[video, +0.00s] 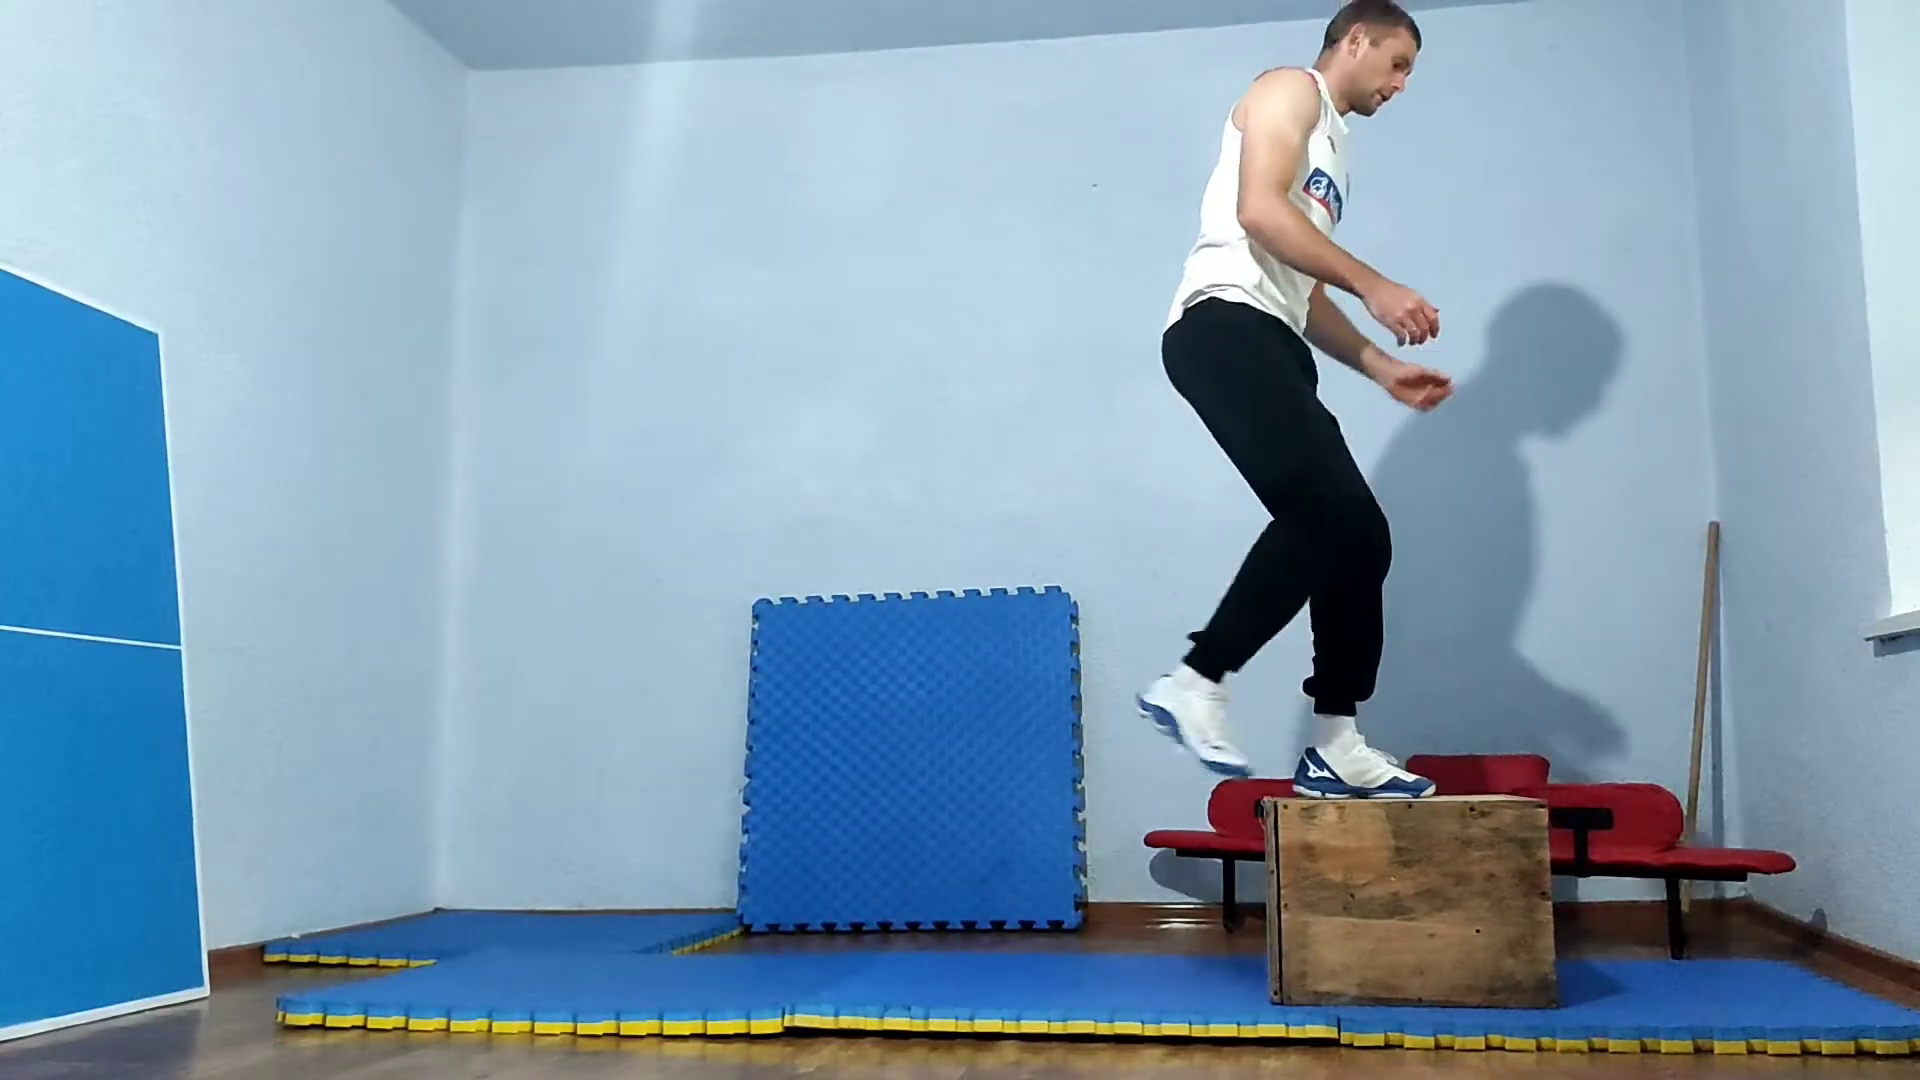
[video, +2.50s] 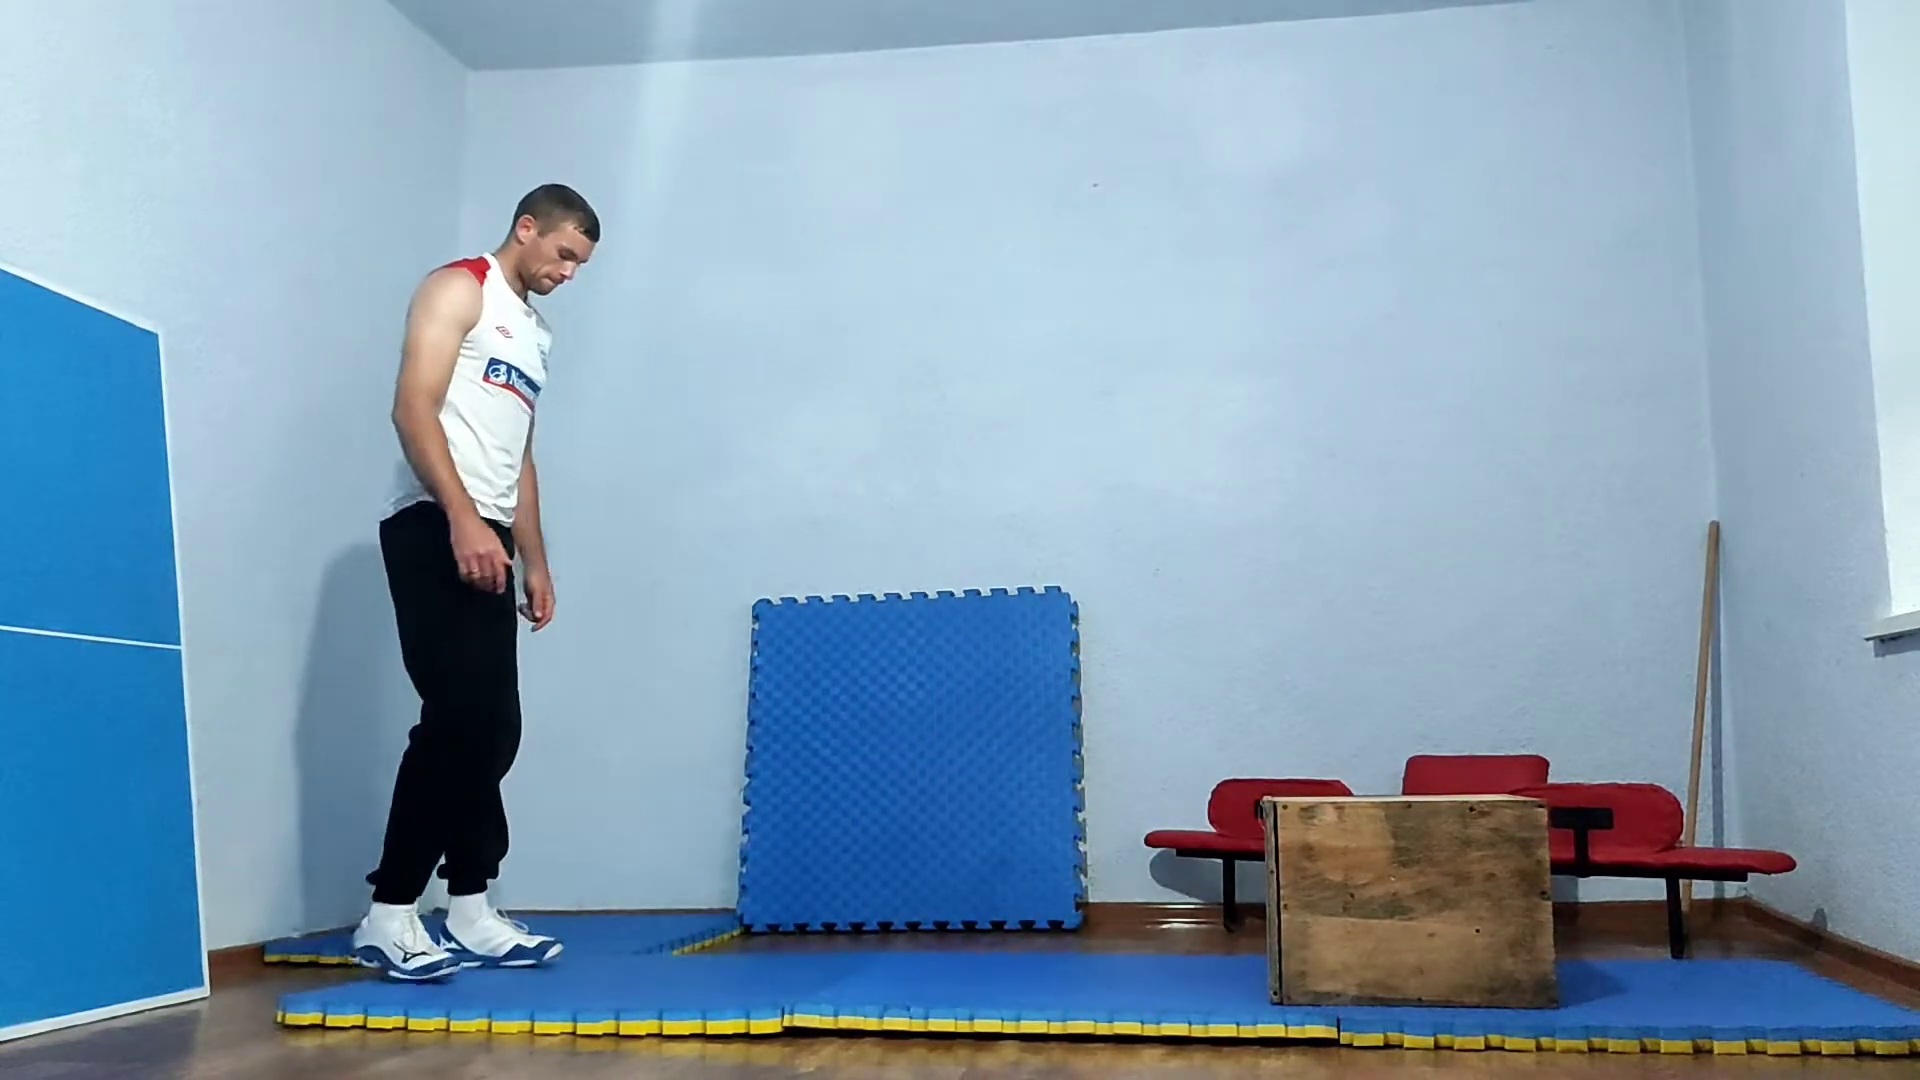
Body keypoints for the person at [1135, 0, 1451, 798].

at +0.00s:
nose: (1400, 85)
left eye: (1408, 73)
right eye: (1397, 64)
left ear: (1358, 49)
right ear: (1353, 41)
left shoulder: (1333, 152)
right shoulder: (1289, 90)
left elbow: (1306, 300)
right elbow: (1261, 209)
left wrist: (1382, 366)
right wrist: (1373, 285)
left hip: (1269, 343)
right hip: (1225, 322)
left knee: (1362, 536)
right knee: (1322, 512)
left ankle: (1334, 743)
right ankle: (1192, 685)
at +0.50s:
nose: (1167, 224)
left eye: (1174, 210)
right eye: (1164, 204)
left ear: (1129, 193)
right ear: (1116, 184)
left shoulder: (1091, 273)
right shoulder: (1058, 255)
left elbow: (1045, 416)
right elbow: (1075, 402)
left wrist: (989, 520)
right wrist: (1186, 491)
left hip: (1092, 507)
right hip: (1036, 513)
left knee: (1254, 541)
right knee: (1037, 715)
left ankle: (1327, 739)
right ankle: (949, 935)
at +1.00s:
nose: (921, 225)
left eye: (927, 213)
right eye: (914, 207)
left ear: (898, 212)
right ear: (864, 196)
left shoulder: (881, 304)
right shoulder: (814, 271)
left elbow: (911, 434)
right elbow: (739, 387)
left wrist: (995, 498)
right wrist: (751, 519)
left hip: (869, 522)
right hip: (837, 519)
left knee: (840, 719)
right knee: (915, 715)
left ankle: (707, 874)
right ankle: (943, 934)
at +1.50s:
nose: (735, 250)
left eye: (743, 241)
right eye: (728, 232)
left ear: (733, 242)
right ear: (684, 215)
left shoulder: (701, 318)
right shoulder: (629, 279)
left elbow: (667, 425)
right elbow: (581, 393)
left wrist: (685, 490)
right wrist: (661, 468)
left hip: (662, 527)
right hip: (619, 519)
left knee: (652, 724)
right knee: (635, 716)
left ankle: (646, 915)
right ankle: (510, 886)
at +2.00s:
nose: (596, 271)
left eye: (608, 261)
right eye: (593, 252)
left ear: (604, 258)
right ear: (554, 222)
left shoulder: (555, 313)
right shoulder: (478, 281)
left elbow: (503, 424)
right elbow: (410, 400)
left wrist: (511, 519)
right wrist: (456, 512)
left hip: (512, 538)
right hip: (440, 533)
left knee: (546, 715)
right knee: (417, 726)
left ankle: (539, 901)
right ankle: (384, 924)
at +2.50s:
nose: (568, 272)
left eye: (578, 262)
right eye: (562, 253)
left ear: (574, 261)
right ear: (524, 229)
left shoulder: (533, 328)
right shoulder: (456, 291)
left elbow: (519, 455)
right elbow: (414, 411)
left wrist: (535, 557)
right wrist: (462, 518)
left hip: (489, 541)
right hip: (432, 530)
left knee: (494, 726)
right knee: (457, 719)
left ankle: (468, 910)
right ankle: (388, 915)